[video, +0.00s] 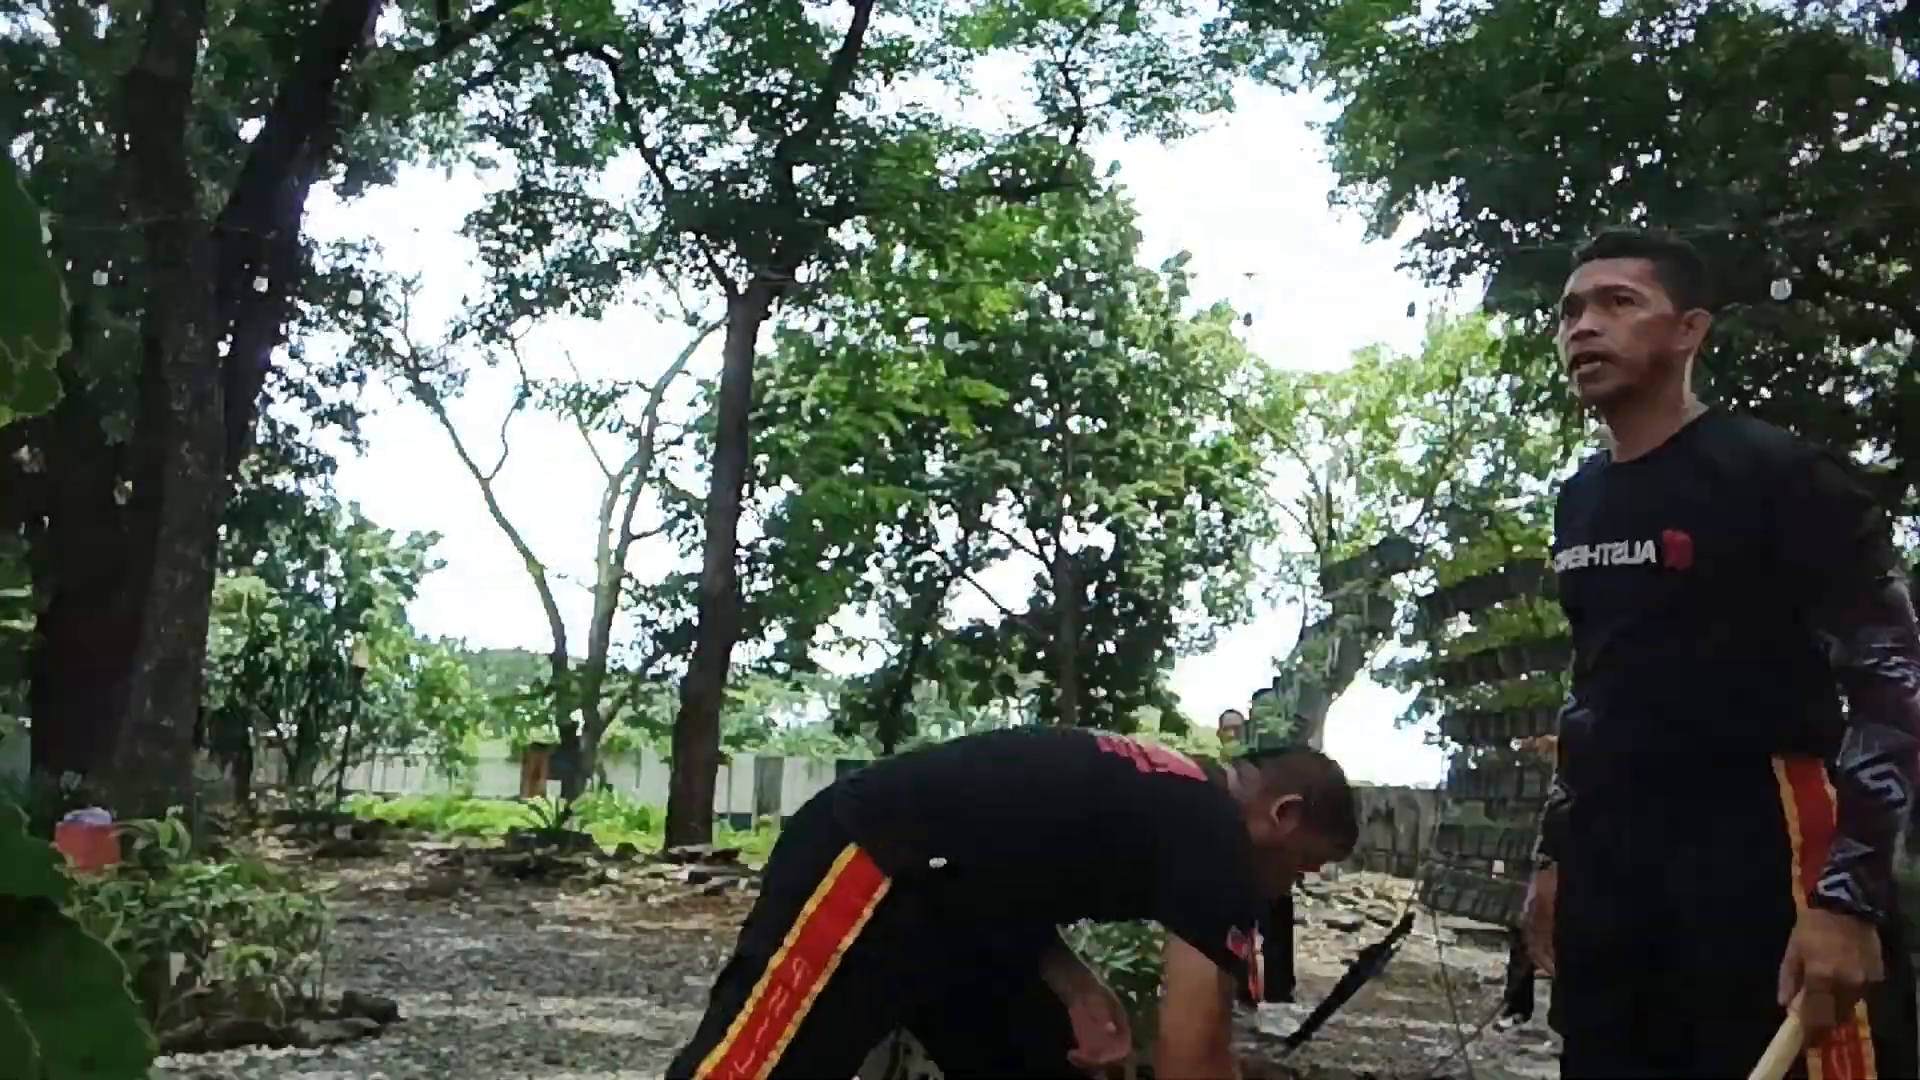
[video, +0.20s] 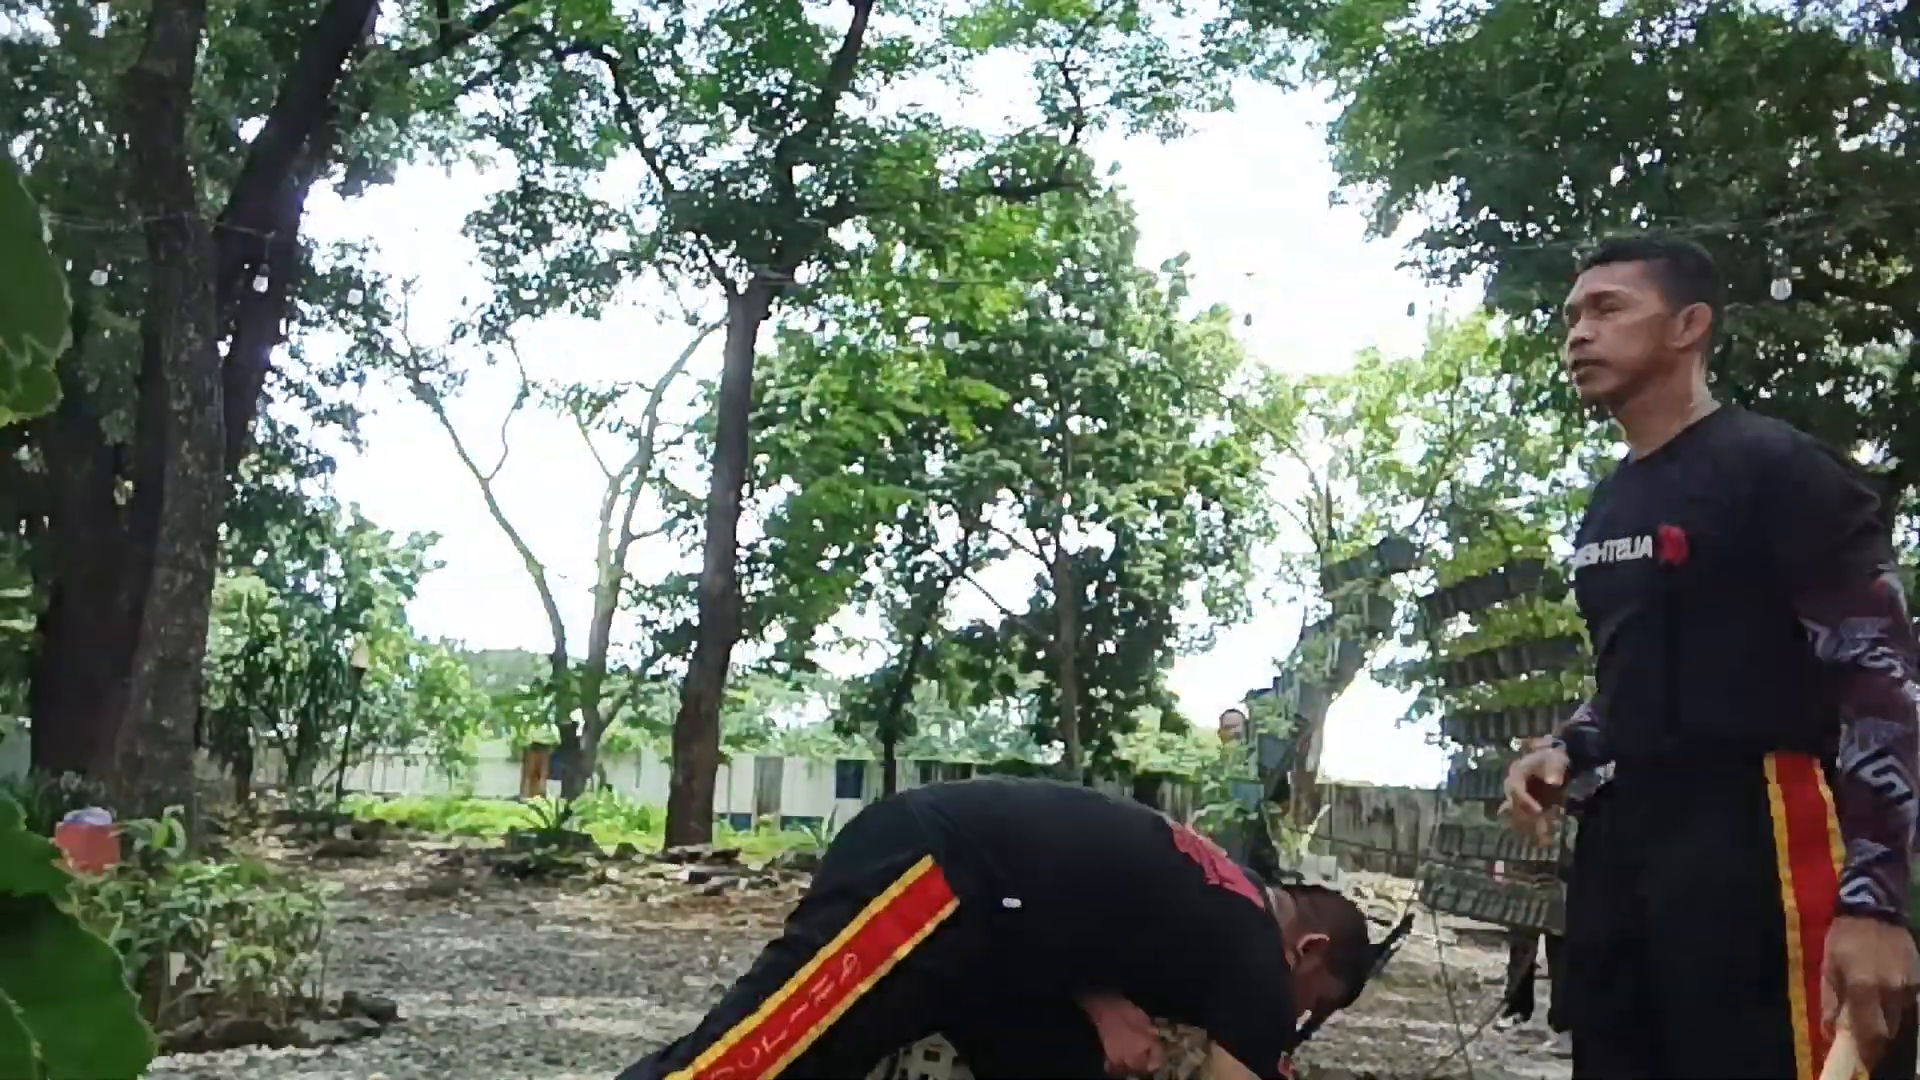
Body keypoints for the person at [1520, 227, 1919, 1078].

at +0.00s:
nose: (1580, 324)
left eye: (1615, 302)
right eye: (1570, 309)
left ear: (1689, 330)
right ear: (1561, 340)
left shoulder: (1785, 477)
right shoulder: (1581, 501)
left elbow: (1892, 678)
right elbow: (1596, 690)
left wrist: (1849, 893)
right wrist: (1556, 853)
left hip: (1752, 866)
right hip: (1611, 867)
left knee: (1749, 1063)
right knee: (1605, 1062)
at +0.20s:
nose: (1575, 331)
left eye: (1606, 308)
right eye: (1571, 315)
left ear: (1690, 326)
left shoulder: (1782, 469)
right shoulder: (1607, 506)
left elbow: (1883, 688)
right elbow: (1637, 690)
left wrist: (1876, 903)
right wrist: (1567, 747)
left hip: (1756, 840)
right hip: (1623, 845)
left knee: (1752, 1057)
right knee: (1616, 1057)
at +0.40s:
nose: (1549, 366)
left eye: (1564, 338)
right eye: (1553, 343)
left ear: (1638, 339)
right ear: (1629, 345)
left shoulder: (1763, 469)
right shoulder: (1601, 517)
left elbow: (1862, 688)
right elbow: (1640, 699)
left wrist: (1850, 895)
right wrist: (1568, 675)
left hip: (1733, 820)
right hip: (1612, 819)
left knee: (1743, 1054)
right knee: (1609, 1054)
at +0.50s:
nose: (1532, 386)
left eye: (1545, 355)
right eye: (1534, 361)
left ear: (1610, 357)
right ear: (1608, 361)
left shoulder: (1735, 470)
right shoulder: (1593, 529)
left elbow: (1838, 670)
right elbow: (1587, 709)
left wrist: (1827, 895)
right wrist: (1497, 604)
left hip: (1731, 813)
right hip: (1618, 814)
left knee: (1721, 1053)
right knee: (1603, 1047)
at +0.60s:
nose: (1521, 394)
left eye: (1532, 368)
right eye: (1522, 373)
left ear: (1592, 369)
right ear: (1590, 375)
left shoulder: (1720, 474)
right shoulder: (1584, 541)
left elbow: (1830, 667)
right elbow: (1544, 704)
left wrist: (1807, 887)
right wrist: (1446, 590)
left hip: (1737, 810)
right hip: (1627, 816)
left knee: (1719, 1053)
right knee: (1613, 1050)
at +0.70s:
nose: (1520, 399)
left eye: (1529, 372)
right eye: (1522, 376)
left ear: (1591, 371)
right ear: (1591, 375)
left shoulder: (1717, 475)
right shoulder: (1591, 536)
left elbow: (1824, 670)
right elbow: (1540, 704)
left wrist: (1784, 891)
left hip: (1738, 818)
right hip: (1632, 820)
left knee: (1733, 1058)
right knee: (1626, 1053)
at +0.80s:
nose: (1527, 392)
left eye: (1539, 366)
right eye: (1530, 369)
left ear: (1596, 370)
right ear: (1595, 375)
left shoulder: (1719, 477)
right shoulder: (1594, 532)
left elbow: (1814, 679)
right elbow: (1558, 710)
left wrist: (1767, 892)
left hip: (1726, 811)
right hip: (1623, 823)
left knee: (1725, 1056)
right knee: (1622, 1055)